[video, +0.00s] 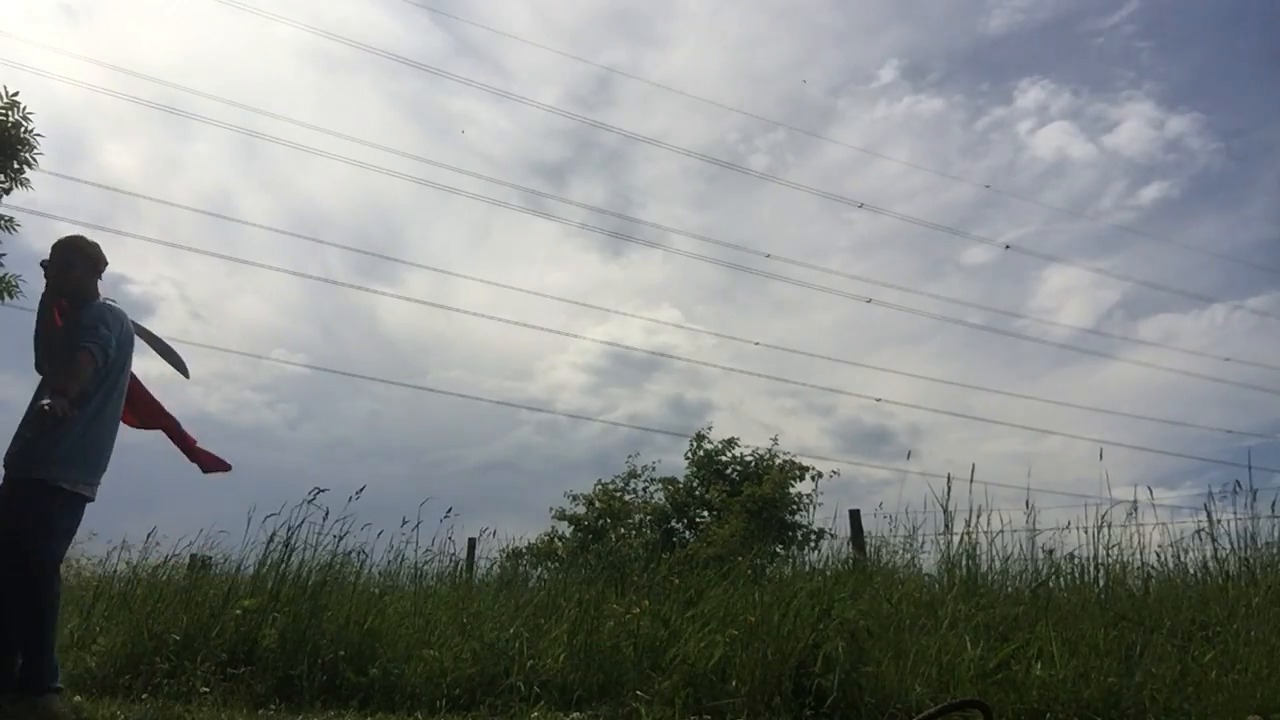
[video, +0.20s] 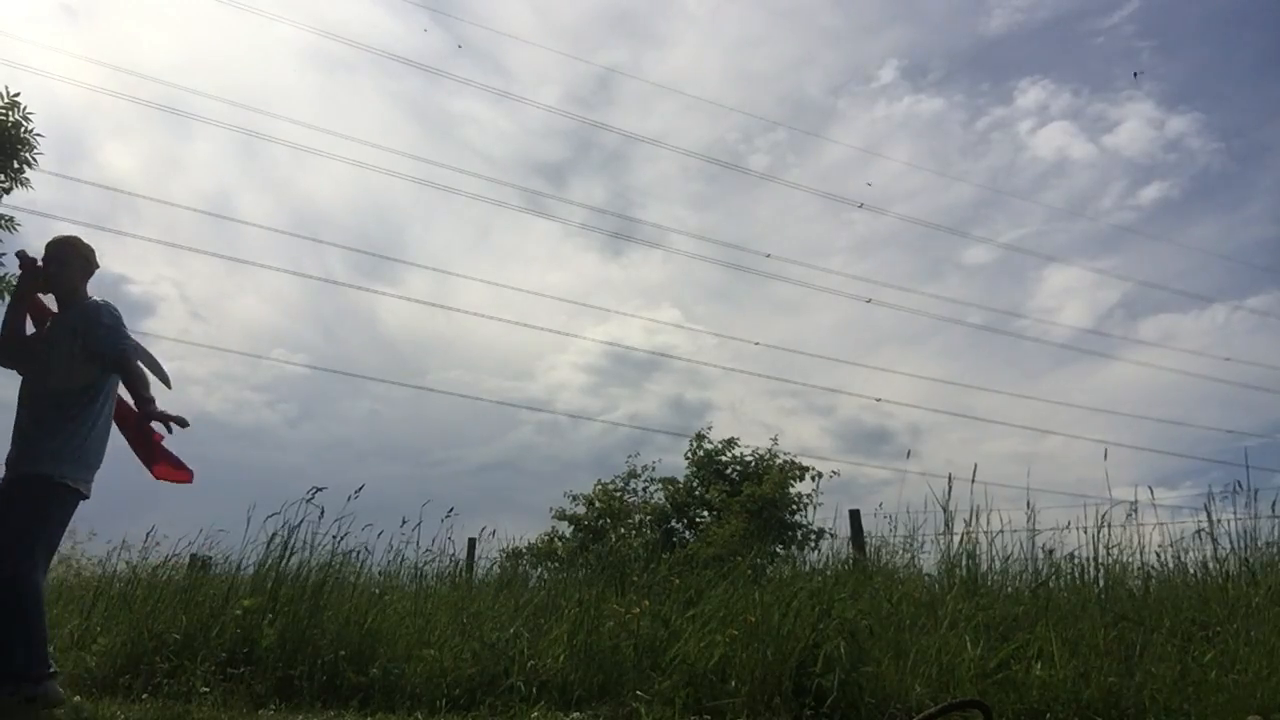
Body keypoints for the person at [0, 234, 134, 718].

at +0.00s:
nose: (49, 277)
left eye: (57, 268)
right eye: (49, 269)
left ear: (86, 271)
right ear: (85, 274)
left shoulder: (102, 316)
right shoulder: (90, 322)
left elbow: (78, 371)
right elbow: (48, 363)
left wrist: (59, 398)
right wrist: (47, 302)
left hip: (53, 472)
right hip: (48, 472)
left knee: (32, 574)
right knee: (29, 574)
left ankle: (36, 684)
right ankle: (32, 680)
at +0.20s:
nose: (50, 269)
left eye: (61, 261)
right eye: (48, 261)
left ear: (85, 271)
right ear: (45, 272)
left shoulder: (97, 314)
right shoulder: (51, 334)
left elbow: (129, 365)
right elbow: (10, 350)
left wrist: (148, 407)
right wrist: (20, 295)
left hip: (58, 468)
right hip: (27, 466)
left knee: (21, 570)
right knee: (16, 571)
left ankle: (35, 680)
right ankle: (26, 678)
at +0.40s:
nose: (50, 267)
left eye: (62, 259)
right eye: (49, 260)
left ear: (90, 269)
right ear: (50, 270)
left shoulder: (105, 314)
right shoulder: (48, 327)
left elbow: (148, 371)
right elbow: (11, 355)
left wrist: (193, 422)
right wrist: (17, 296)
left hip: (61, 460)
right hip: (23, 458)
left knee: (39, 561)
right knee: (16, 569)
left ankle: (99, 663)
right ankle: (6, 684)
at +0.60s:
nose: (69, 271)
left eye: (81, 263)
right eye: (68, 263)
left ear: (108, 274)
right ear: (66, 274)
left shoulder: (135, 329)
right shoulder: (42, 336)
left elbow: (184, 364)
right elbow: (6, 361)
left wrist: (216, 397)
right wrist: (4, 334)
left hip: (82, 474)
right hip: (23, 472)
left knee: (69, 565)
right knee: (5, 572)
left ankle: (101, 684)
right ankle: (4, 686)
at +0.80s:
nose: (107, 266)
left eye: (118, 259)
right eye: (106, 259)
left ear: (140, 270)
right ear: (104, 268)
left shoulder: (163, 326)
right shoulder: (81, 320)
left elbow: (193, 324)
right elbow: (49, 356)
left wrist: (149, 274)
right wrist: (74, 346)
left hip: (115, 473)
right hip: (53, 465)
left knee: (99, 587)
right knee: (17, 578)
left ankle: (101, 696)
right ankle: (8, 687)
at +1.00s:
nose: (131, 261)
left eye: (142, 253)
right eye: (125, 254)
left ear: (167, 262)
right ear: (119, 263)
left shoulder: (188, 307)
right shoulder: (98, 309)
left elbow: (144, 306)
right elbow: (129, 361)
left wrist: (80, 294)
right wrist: (202, 384)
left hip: (132, 459)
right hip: (70, 455)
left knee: (118, 568)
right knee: (54, 568)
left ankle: (106, 686)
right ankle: (68, 686)